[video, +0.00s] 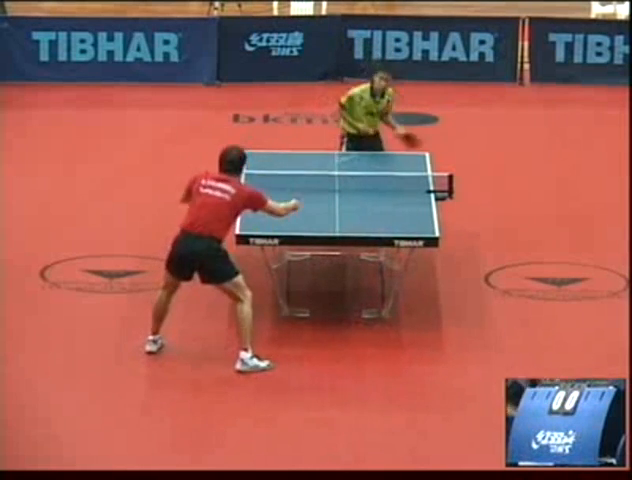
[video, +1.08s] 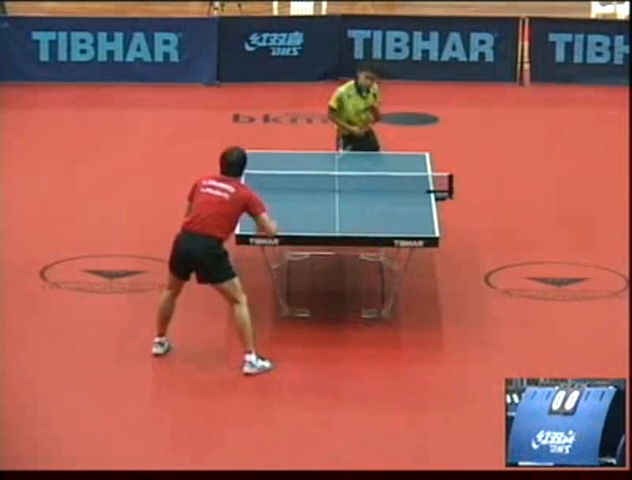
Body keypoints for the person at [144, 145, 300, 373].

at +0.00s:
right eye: (243, 165)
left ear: (220, 164)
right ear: (242, 168)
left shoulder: (201, 179)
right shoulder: (244, 192)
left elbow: (185, 199)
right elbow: (277, 211)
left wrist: (209, 198)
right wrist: (293, 206)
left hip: (184, 240)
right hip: (210, 246)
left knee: (167, 289)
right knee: (243, 296)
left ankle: (153, 338)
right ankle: (246, 355)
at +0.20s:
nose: (240, 167)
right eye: (240, 164)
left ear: (216, 164)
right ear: (238, 168)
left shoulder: (196, 181)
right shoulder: (238, 194)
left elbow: (181, 210)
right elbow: (269, 221)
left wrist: (203, 207)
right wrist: (275, 214)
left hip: (180, 241)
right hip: (206, 247)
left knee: (167, 287)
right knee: (238, 296)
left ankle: (152, 337)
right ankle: (245, 355)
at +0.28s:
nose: (240, 172)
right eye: (239, 169)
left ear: (216, 169)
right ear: (238, 172)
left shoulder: (198, 185)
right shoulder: (238, 197)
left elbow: (184, 203)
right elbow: (267, 229)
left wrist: (193, 221)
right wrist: (258, 229)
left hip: (178, 243)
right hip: (204, 248)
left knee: (166, 287)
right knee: (239, 296)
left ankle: (152, 337)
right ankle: (245, 355)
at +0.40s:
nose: (240, 184)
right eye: (240, 181)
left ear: (217, 179)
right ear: (239, 183)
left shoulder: (198, 195)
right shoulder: (238, 206)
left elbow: (193, 219)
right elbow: (265, 243)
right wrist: (250, 256)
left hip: (180, 249)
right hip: (206, 255)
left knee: (166, 289)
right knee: (246, 298)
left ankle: (152, 337)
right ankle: (246, 355)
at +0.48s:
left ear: (220, 182)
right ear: (242, 187)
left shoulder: (203, 197)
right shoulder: (243, 208)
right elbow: (272, 242)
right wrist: (254, 254)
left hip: (184, 252)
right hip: (212, 258)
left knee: (167, 290)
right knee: (249, 300)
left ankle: (152, 338)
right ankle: (250, 355)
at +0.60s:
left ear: (229, 181)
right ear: (251, 185)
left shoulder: (212, 193)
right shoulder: (255, 208)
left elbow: (200, 205)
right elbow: (282, 226)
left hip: (192, 249)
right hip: (218, 256)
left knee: (171, 293)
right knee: (250, 302)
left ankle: (153, 338)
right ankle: (253, 357)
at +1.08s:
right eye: (242, 166)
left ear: (220, 165)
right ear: (243, 169)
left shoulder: (202, 183)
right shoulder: (244, 194)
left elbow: (188, 213)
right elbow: (269, 230)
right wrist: (267, 223)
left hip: (184, 239)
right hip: (210, 245)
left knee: (171, 290)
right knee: (238, 300)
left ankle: (159, 339)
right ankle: (251, 356)